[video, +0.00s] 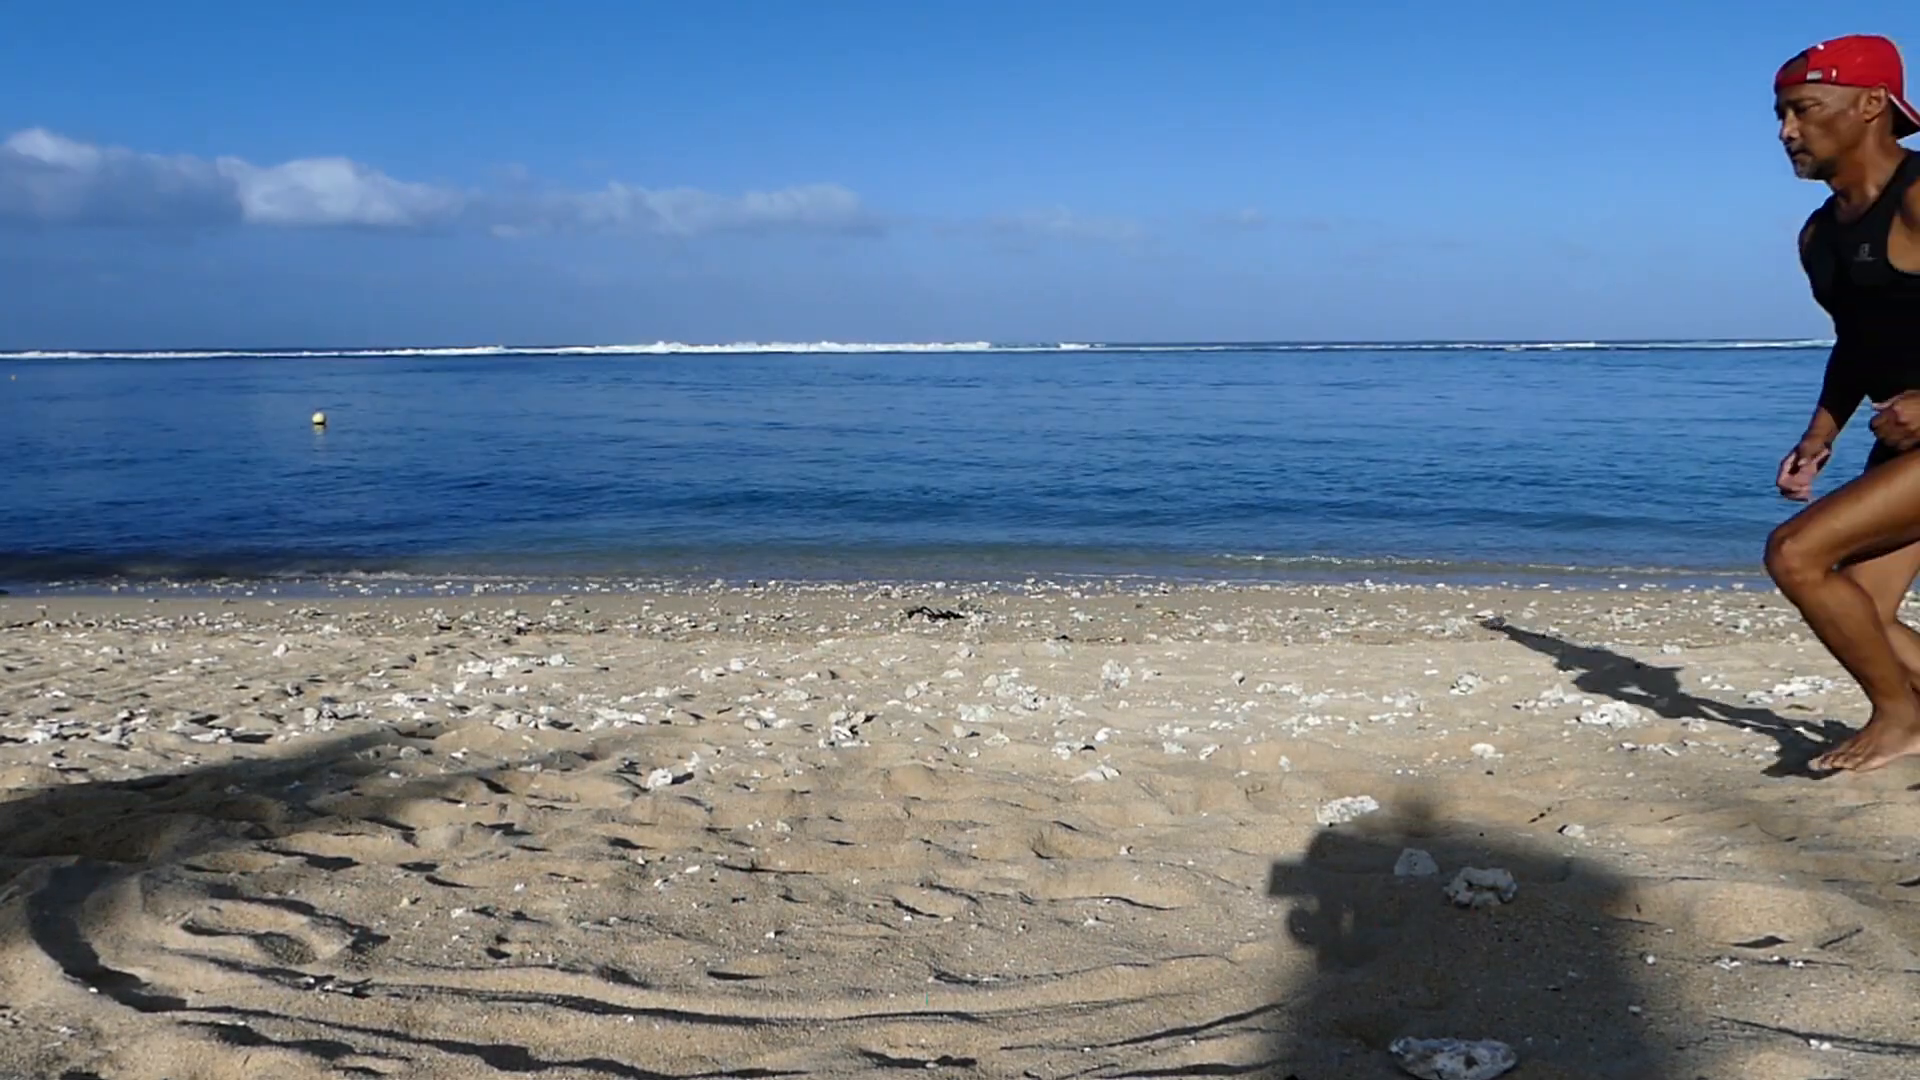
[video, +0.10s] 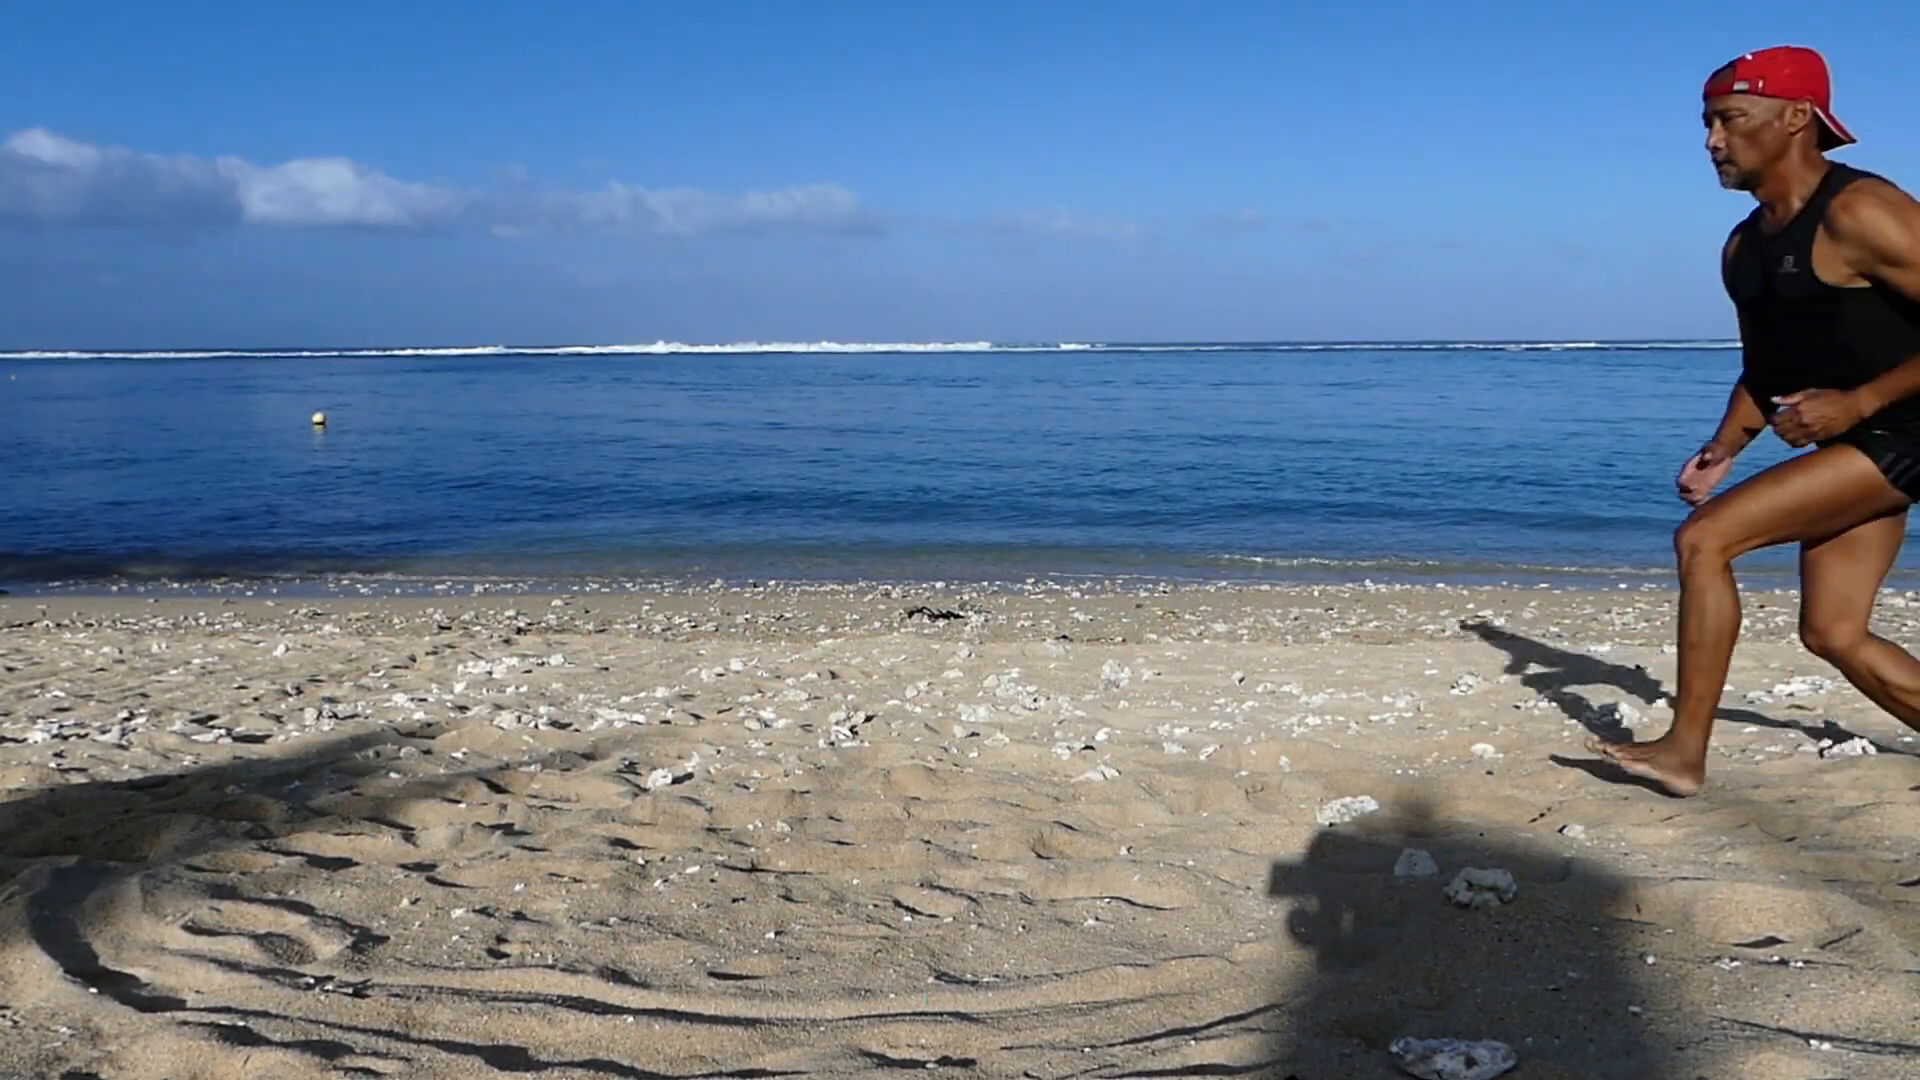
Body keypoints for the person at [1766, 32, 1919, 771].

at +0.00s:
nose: (1786, 131)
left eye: (1805, 110)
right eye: (1783, 114)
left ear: (1871, 110)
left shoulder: (1916, 198)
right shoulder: (1819, 237)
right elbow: (1859, 339)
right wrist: (1818, 437)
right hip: (1899, 441)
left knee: (1797, 555)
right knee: (1864, 617)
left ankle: (1899, 712)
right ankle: (1919, 721)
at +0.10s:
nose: (1711, 139)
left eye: (1728, 119)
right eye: (1710, 122)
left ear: (1795, 121)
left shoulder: (1866, 212)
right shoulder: (1743, 251)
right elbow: (1767, 367)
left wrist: (1859, 402)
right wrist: (1723, 449)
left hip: (1903, 436)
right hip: (1856, 443)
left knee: (1705, 540)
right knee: (1836, 630)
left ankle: (1683, 753)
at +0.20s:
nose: (1662, 132)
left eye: (1680, 115)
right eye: (1661, 116)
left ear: (1745, 122)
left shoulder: (1811, 209)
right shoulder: (1690, 245)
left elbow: (1914, 329)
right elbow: (1701, 370)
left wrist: (1783, 399)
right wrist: (1656, 432)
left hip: (1852, 430)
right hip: (1800, 438)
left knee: (1652, 553)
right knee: (1825, 634)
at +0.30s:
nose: (1592, 123)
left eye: (1610, 105)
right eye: (1591, 106)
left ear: (1674, 111)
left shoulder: (1732, 206)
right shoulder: (1605, 234)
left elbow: (1794, 353)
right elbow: (1592, 367)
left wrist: (1641, 387)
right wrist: (1540, 395)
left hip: (1747, 437)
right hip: (1698, 439)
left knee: (1561, 576)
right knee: (1805, 619)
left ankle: (1497, 782)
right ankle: (1919, 710)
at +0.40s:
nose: (1546, 114)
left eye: (1564, 96)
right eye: (1546, 97)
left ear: (1628, 103)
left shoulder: (1679, 204)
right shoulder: (1549, 224)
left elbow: (1675, 351)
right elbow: (1498, 345)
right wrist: (1443, 344)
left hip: (1686, 432)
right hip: (1629, 435)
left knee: (1506, 579)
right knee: (1755, 617)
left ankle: (1482, 787)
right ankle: (1916, 708)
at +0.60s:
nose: (1422, 77)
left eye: (1442, 61)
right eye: (1423, 62)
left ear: (1503, 80)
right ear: (1460, 79)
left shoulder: (1534, 168)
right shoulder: (1445, 169)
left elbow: (1411, 183)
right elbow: (1297, 187)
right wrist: (1244, 109)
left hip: (1573, 410)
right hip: (1532, 414)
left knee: (1433, 592)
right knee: (1568, 606)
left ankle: (1474, 787)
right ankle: (1787, 634)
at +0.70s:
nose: (1354, 30)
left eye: (1369, 17)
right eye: (1354, 18)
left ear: (1427, 26)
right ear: (1407, 35)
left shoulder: (1455, 100)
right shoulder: (1381, 107)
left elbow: (1326, 37)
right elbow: (1247, 71)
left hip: (1499, 376)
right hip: (1469, 376)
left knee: (1413, 589)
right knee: (1495, 561)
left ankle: (1473, 782)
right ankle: (1715, 567)